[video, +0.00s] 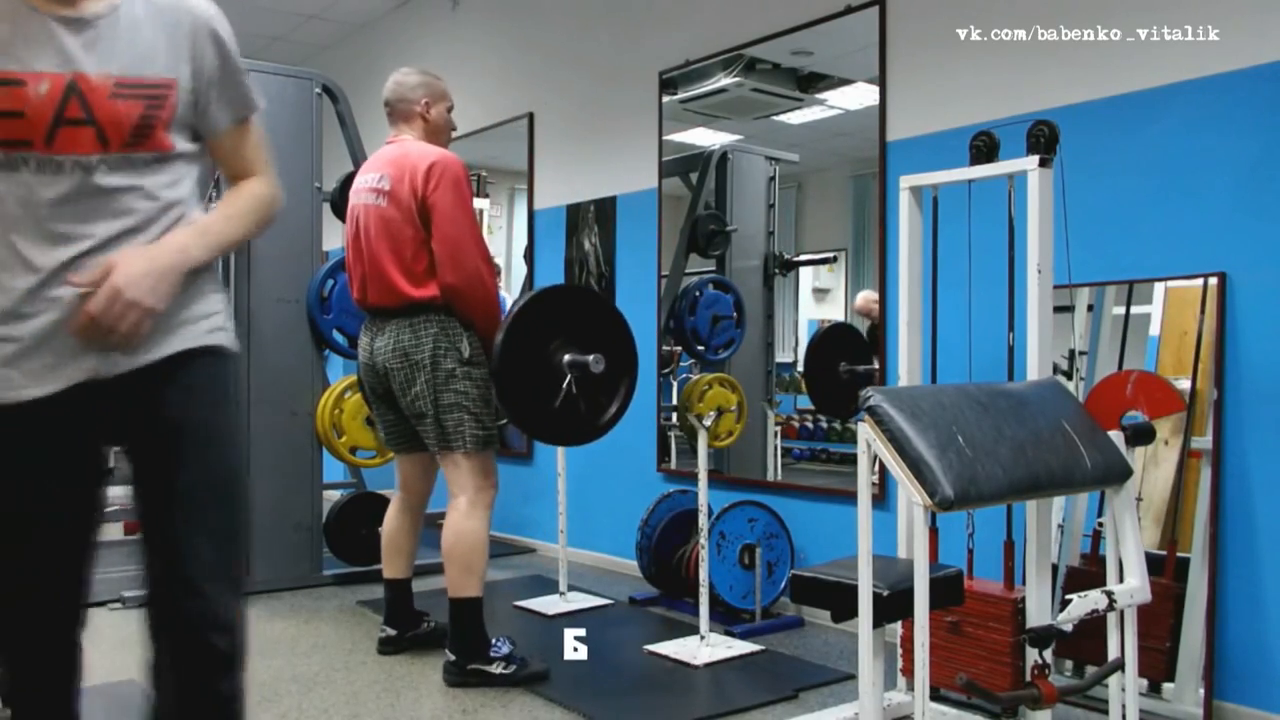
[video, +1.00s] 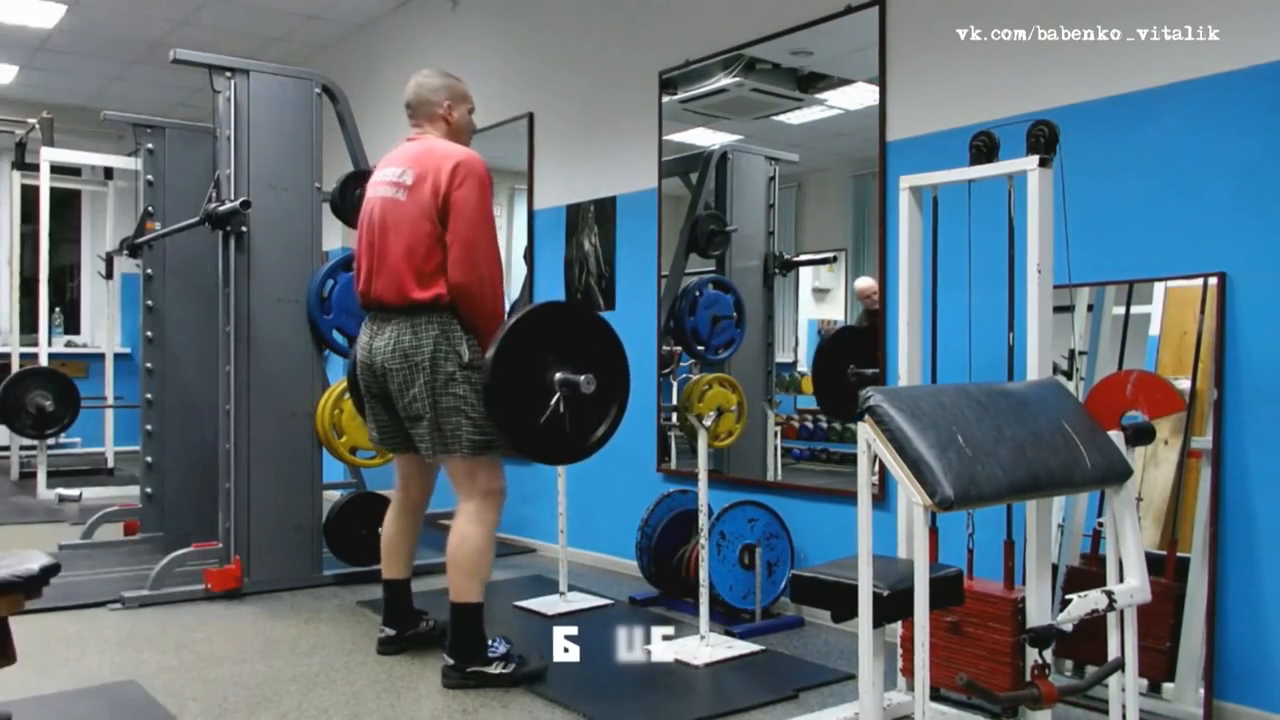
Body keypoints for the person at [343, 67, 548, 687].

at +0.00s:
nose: (453, 122)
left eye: (451, 112)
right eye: (450, 111)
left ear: (399, 112)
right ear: (427, 108)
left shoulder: (368, 171)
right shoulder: (438, 164)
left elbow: (360, 271)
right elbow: (464, 270)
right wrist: (498, 341)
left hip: (378, 338)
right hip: (436, 333)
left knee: (412, 482)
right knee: (472, 488)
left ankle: (400, 621)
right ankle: (470, 650)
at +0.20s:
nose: (457, 123)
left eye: (456, 113)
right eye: (453, 112)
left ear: (404, 113)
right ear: (429, 110)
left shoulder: (370, 172)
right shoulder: (441, 167)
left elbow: (361, 269)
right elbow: (467, 273)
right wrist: (495, 345)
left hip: (378, 337)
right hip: (436, 334)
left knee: (410, 486)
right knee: (460, 495)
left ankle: (399, 622)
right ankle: (468, 653)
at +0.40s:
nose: (466, 124)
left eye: (465, 113)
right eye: (461, 112)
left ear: (413, 112)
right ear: (436, 109)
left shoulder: (376, 170)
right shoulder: (447, 168)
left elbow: (365, 268)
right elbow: (470, 275)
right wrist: (495, 345)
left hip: (379, 337)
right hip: (438, 336)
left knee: (410, 483)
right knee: (468, 492)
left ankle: (399, 621)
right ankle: (469, 652)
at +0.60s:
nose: (468, 124)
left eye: (468, 114)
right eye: (465, 113)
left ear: (415, 111)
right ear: (441, 109)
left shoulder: (379, 168)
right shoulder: (452, 166)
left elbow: (365, 268)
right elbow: (473, 274)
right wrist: (496, 343)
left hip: (379, 337)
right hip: (439, 336)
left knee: (408, 484)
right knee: (468, 493)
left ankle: (399, 622)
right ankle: (469, 652)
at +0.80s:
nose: (469, 123)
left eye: (468, 114)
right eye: (465, 112)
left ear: (416, 110)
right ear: (442, 109)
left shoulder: (380, 166)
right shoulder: (454, 164)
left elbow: (366, 266)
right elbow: (473, 272)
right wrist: (496, 342)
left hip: (378, 337)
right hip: (438, 336)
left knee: (407, 484)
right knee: (468, 494)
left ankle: (399, 622)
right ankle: (469, 652)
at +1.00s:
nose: (473, 121)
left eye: (472, 112)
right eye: (469, 111)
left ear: (421, 113)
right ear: (446, 110)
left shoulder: (387, 165)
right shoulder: (461, 164)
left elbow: (366, 266)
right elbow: (472, 273)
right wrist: (494, 343)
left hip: (377, 338)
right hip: (434, 338)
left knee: (412, 483)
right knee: (482, 491)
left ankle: (399, 620)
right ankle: (469, 651)